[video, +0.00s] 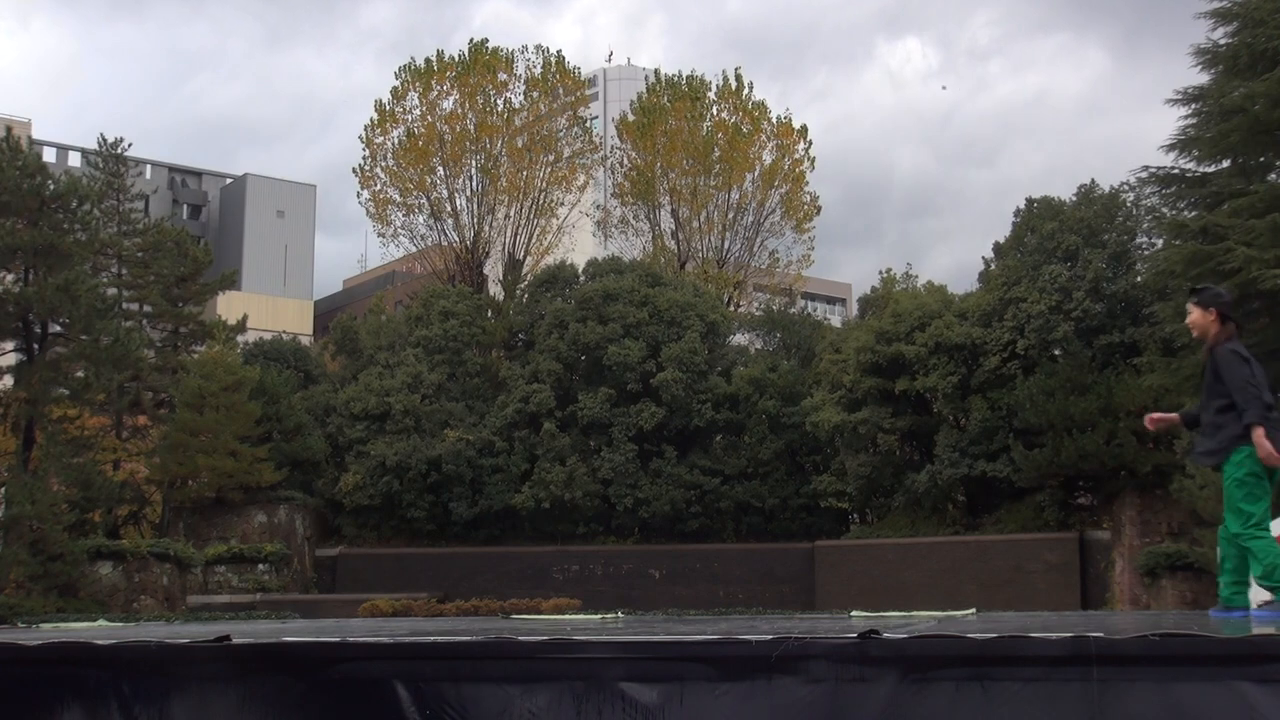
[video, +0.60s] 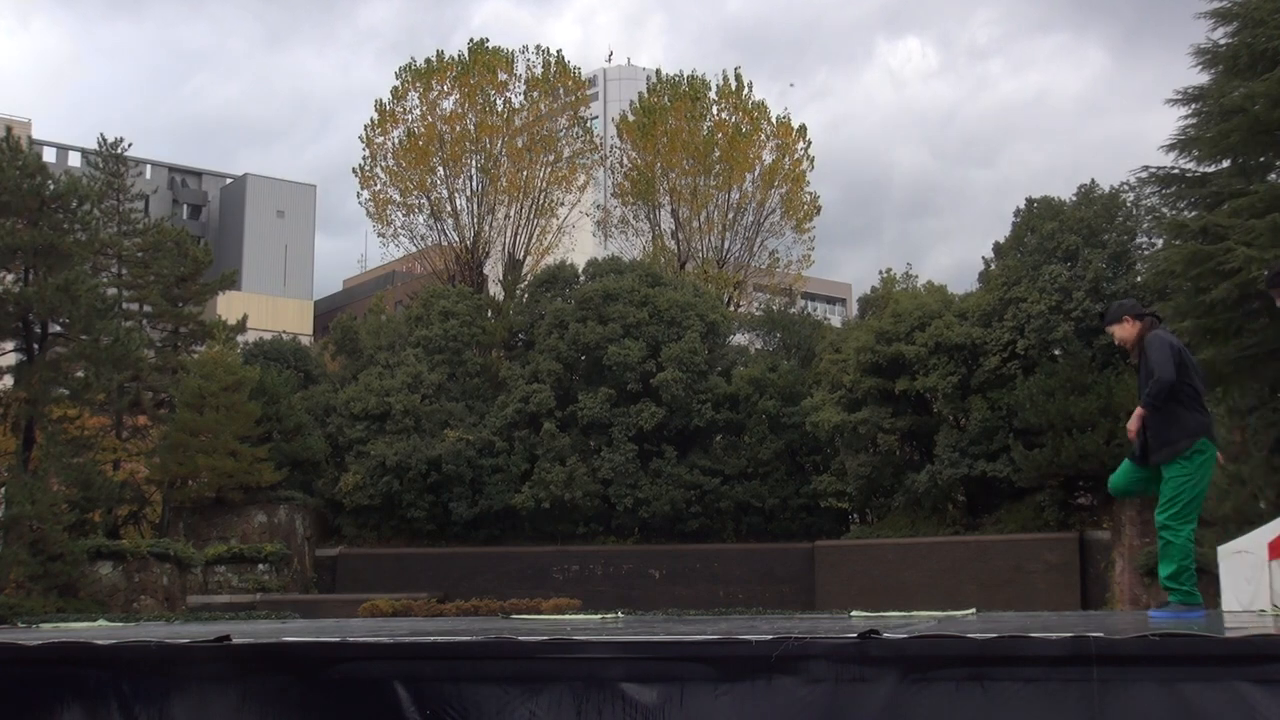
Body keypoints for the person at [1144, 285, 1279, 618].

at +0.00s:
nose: (1187, 321)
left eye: (1191, 313)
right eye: (1187, 314)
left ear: (1212, 314)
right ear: (1212, 316)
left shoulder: (1227, 352)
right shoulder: (1219, 354)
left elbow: (1249, 394)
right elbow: (1213, 411)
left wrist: (1258, 437)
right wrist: (1173, 419)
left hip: (1247, 450)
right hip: (1243, 450)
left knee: (1248, 529)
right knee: (1232, 532)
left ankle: (1279, 592)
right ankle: (1233, 604)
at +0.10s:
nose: (1173, 325)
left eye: (1176, 317)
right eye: (1172, 319)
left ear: (1197, 316)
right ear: (1195, 318)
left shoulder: (1215, 353)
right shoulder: (1203, 357)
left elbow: (1234, 391)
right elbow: (1193, 407)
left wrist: (1221, 428)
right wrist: (1150, 418)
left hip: (1243, 451)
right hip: (1230, 453)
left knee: (1230, 526)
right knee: (1216, 528)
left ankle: (1276, 587)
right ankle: (1233, 601)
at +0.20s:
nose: (1155, 332)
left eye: (1157, 324)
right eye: (1153, 325)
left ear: (1177, 319)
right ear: (1174, 322)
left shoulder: (1205, 351)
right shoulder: (1185, 361)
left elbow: (1215, 387)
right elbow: (1177, 408)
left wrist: (1178, 417)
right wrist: (1145, 425)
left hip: (1233, 449)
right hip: (1213, 453)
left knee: (1203, 515)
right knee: (1211, 520)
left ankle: (1239, 595)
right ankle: (1236, 595)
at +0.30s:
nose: (1137, 344)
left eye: (1138, 335)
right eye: (1134, 337)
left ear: (1157, 327)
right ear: (1155, 330)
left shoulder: (1194, 358)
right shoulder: (1168, 366)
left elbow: (1196, 393)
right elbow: (1183, 409)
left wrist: (1150, 409)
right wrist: (1163, 433)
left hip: (1223, 456)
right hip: (1199, 459)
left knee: (1187, 516)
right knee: (1209, 530)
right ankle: (1237, 599)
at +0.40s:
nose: (1124, 349)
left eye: (1123, 341)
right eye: (1121, 344)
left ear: (1140, 331)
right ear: (1140, 333)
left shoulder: (1178, 358)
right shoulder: (1161, 365)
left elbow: (1179, 399)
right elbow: (1171, 410)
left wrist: (1133, 415)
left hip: (1207, 456)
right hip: (1184, 458)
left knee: (1174, 518)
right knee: (1170, 518)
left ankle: (1185, 599)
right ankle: (1216, 581)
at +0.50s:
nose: (1116, 345)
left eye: (1115, 336)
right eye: (1113, 339)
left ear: (1131, 326)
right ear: (1131, 328)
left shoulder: (1163, 349)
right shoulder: (1150, 357)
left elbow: (1167, 391)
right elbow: (1168, 402)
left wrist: (1132, 420)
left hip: (1197, 451)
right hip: (1170, 454)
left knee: (1173, 521)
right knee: (1140, 498)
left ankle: (1185, 599)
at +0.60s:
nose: (1115, 340)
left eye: (1114, 332)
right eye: (1111, 335)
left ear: (1129, 321)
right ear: (1129, 324)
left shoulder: (1156, 340)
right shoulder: (1149, 347)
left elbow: (1163, 379)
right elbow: (1183, 397)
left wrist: (1140, 411)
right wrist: (1207, 443)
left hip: (1188, 444)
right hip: (1164, 442)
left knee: (1171, 520)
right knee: (1120, 484)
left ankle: (1185, 599)